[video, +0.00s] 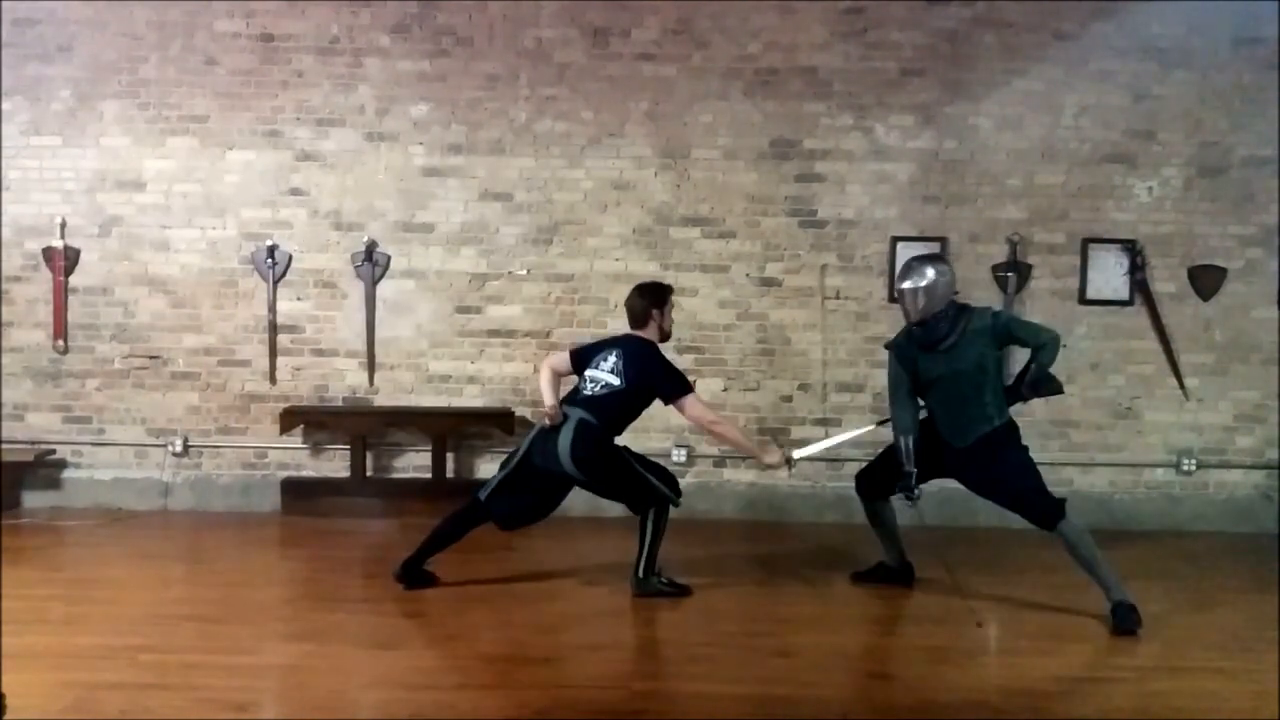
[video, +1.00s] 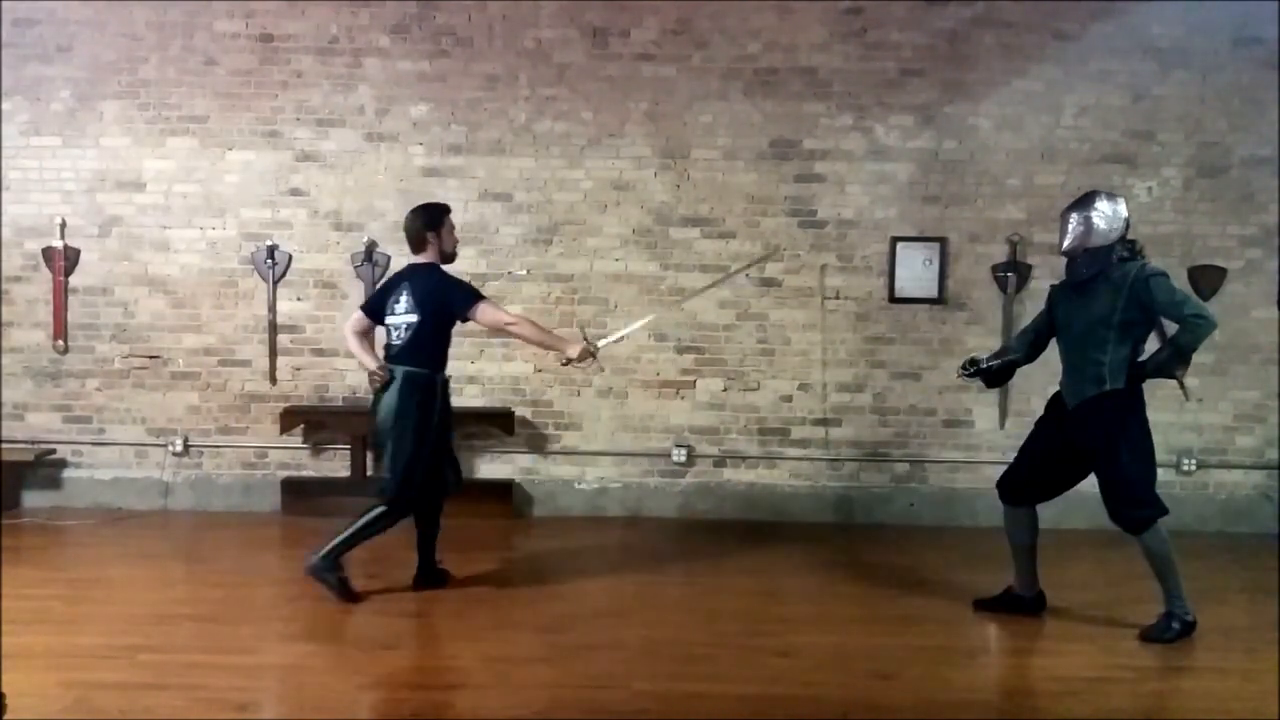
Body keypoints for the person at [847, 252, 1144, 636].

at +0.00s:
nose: (905, 302)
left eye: (913, 292)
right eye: (903, 293)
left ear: (939, 292)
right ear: (909, 298)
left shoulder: (987, 324)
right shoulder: (904, 349)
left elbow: (1049, 341)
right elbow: (903, 413)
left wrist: (1021, 387)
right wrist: (907, 466)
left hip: (991, 443)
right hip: (936, 442)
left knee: (1051, 516)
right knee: (869, 484)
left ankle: (1120, 601)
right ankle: (896, 565)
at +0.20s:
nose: (925, 293)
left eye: (932, 282)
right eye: (921, 283)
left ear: (955, 281)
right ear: (920, 287)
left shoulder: (1002, 316)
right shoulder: (924, 339)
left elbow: (1073, 339)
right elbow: (905, 400)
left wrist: (1049, 383)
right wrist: (889, 447)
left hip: (1009, 440)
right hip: (956, 438)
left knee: (1066, 517)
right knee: (888, 481)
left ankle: (1139, 597)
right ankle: (896, 566)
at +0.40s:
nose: (1000, 260)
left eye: (1009, 250)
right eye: (999, 251)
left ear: (1035, 251)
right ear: (1000, 257)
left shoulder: (1078, 296)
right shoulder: (995, 310)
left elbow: (1141, 334)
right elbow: (949, 353)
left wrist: (1101, 377)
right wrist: (889, 361)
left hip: (1060, 425)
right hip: (1007, 425)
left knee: (1102, 517)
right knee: (952, 493)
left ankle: (1167, 606)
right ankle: (914, 566)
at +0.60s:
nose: (1049, 240)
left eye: (1060, 230)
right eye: (1050, 230)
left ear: (1083, 234)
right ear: (1053, 233)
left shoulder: (1115, 285)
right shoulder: (1040, 294)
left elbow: (1174, 327)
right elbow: (992, 327)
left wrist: (1133, 370)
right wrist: (936, 331)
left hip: (1097, 416)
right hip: (1047, 417)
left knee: (1125, 512)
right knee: (991, 490)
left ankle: (1178, 610)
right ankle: (1021, 588)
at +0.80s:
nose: (1070, 235)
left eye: (1082, 224)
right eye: (1068, 226)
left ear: (1107, 229)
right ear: (1064, 232)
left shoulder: (1132, 281)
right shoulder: (1059, 295)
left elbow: (1192, 322)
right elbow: (1020, 339)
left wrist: (1146, 368)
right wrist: (977, 351)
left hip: (1113, 413)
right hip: (1065, 414)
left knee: (1135, 511)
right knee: (1010, 492)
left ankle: (1180, 611)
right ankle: (1026, 592)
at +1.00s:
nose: (1072, 237)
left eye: (1082, 226)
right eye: (1070, 227)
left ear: (1108, 230)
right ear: (1068, 231)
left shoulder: (1139, 279)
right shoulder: (1065, 293)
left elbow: (1200, 320)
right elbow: (1030, 340)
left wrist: (1152, 366)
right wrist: (994, 363)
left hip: (1117, 412)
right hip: (1069, 412)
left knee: (1135, 510)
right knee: (1015, 491)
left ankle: (1179, 612)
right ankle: (1025, 592)